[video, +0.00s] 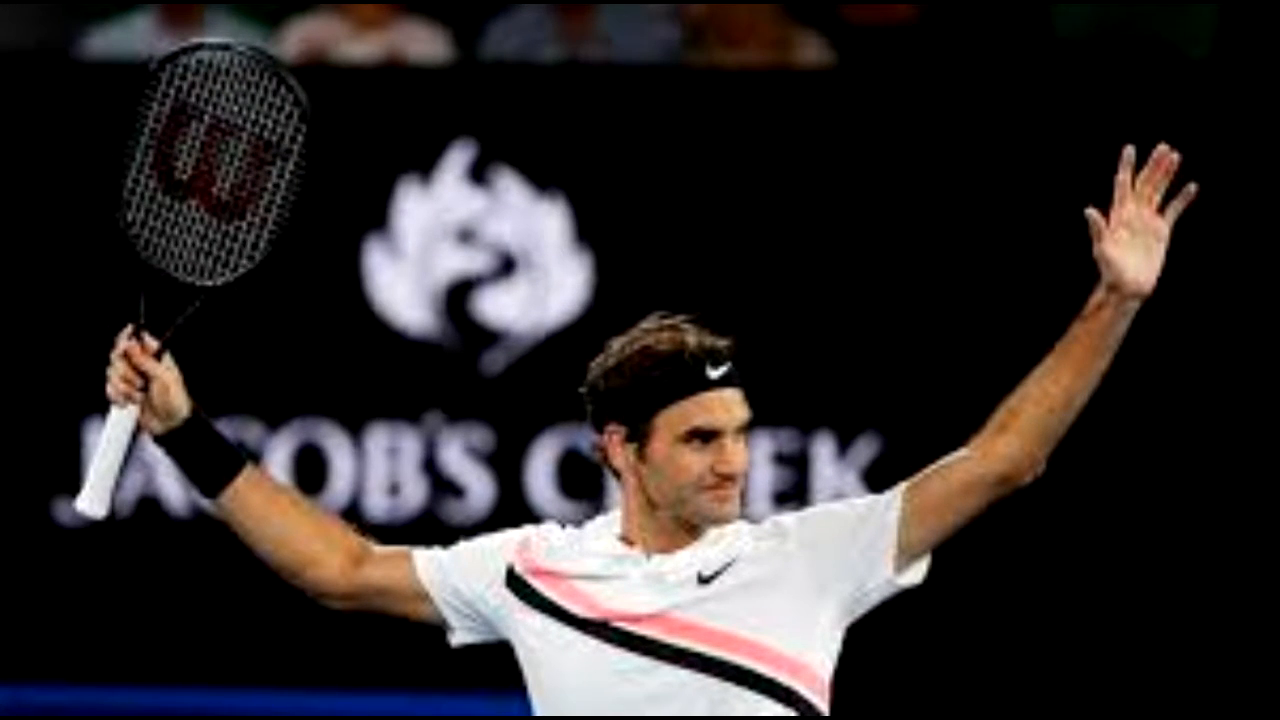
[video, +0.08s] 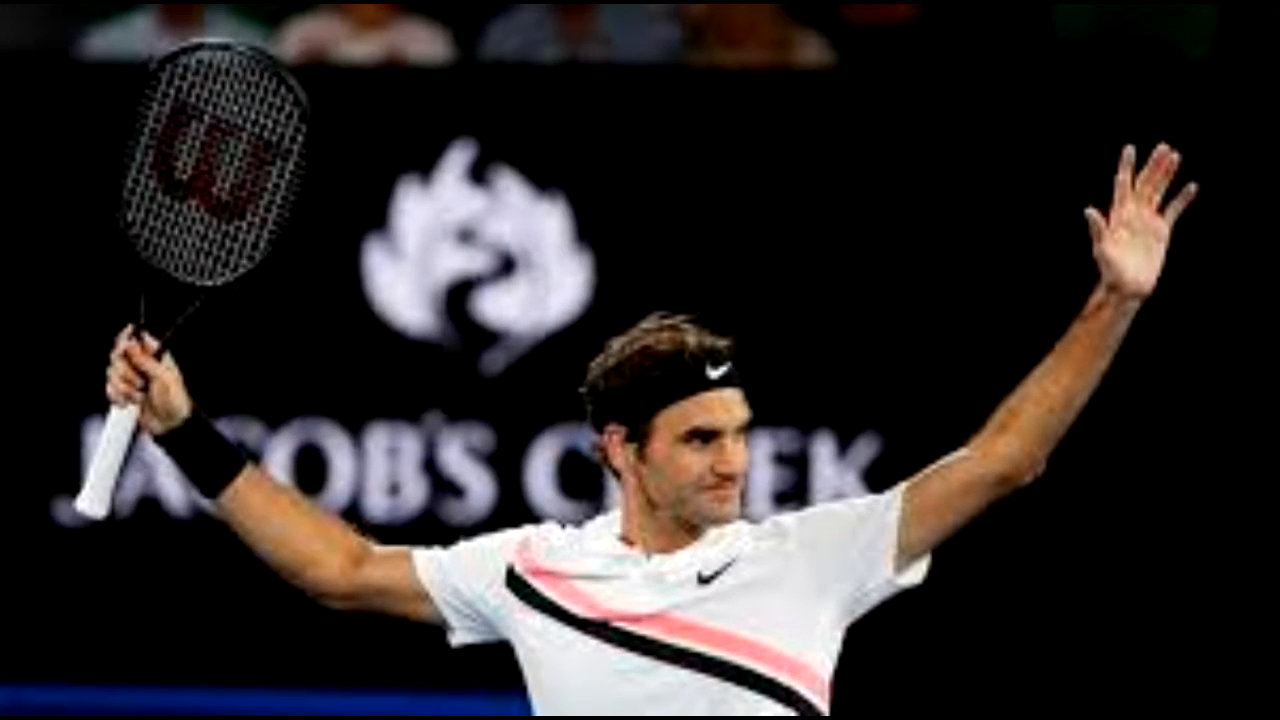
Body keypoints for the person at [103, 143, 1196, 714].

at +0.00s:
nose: (731, 464)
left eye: (739, 437)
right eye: (700, 441)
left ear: (750, 442)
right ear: (620, 455)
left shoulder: (814, 552)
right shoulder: (529, 573)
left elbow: (1005, 457)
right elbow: (335, 568)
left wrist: (1116, 300)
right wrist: (183, 429)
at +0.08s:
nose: (731, 464)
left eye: (739, 438)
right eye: (701, 441)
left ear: (749, 441)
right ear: (619, 455)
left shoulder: (814, 552)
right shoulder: (529, 573)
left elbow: (1004, 457)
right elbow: (335, 569)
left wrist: (1115, 300)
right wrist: (184, 429)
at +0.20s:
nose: (732, 464)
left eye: (739, 438)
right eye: (701, 441)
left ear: (749, 441)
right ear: (620, 455)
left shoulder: (815, 552)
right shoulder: (529, 573)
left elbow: (1004, 456)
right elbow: (336, 568)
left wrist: (1115, 300)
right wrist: (185, 430)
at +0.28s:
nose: (733, 464)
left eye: (739, 437)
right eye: (702, 441)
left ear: (749, 441)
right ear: (620, 455)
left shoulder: (814, 552)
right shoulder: (530, 573)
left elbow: (1005, 456)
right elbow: (337, 568)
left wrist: (1116, 300)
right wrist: (186, 429)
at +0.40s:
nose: (734, 464)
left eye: (740, 437)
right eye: (703, 442)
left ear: (749, 441)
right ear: (621, 455)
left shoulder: (815, 552)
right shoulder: (532, 573)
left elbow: (1004, 456)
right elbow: (340, 568)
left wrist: (1116, 300)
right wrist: (188, 429)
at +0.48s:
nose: (733, 464)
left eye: (740, 437)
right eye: (703, 441)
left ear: (750, 441)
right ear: (621, 454)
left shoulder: (816, 551)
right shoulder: (532, 572)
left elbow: (1004, 457)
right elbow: (343, 568)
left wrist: (1116, 300)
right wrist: (192, 429)